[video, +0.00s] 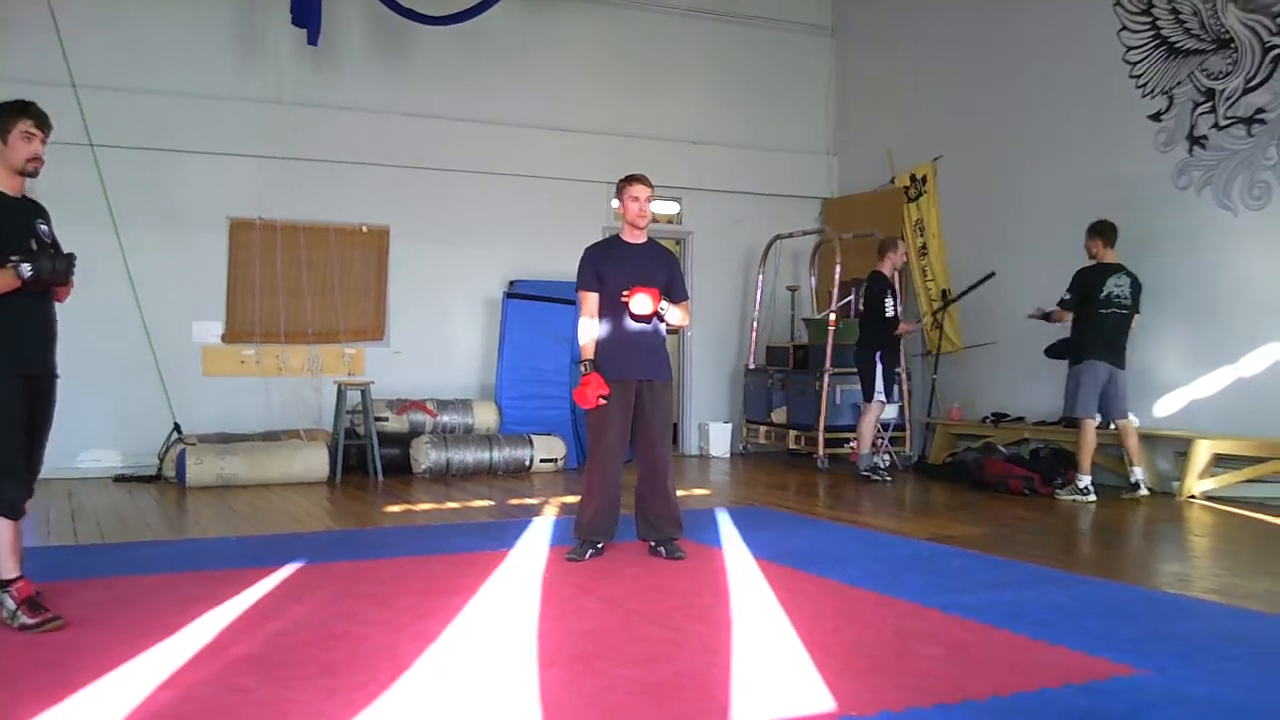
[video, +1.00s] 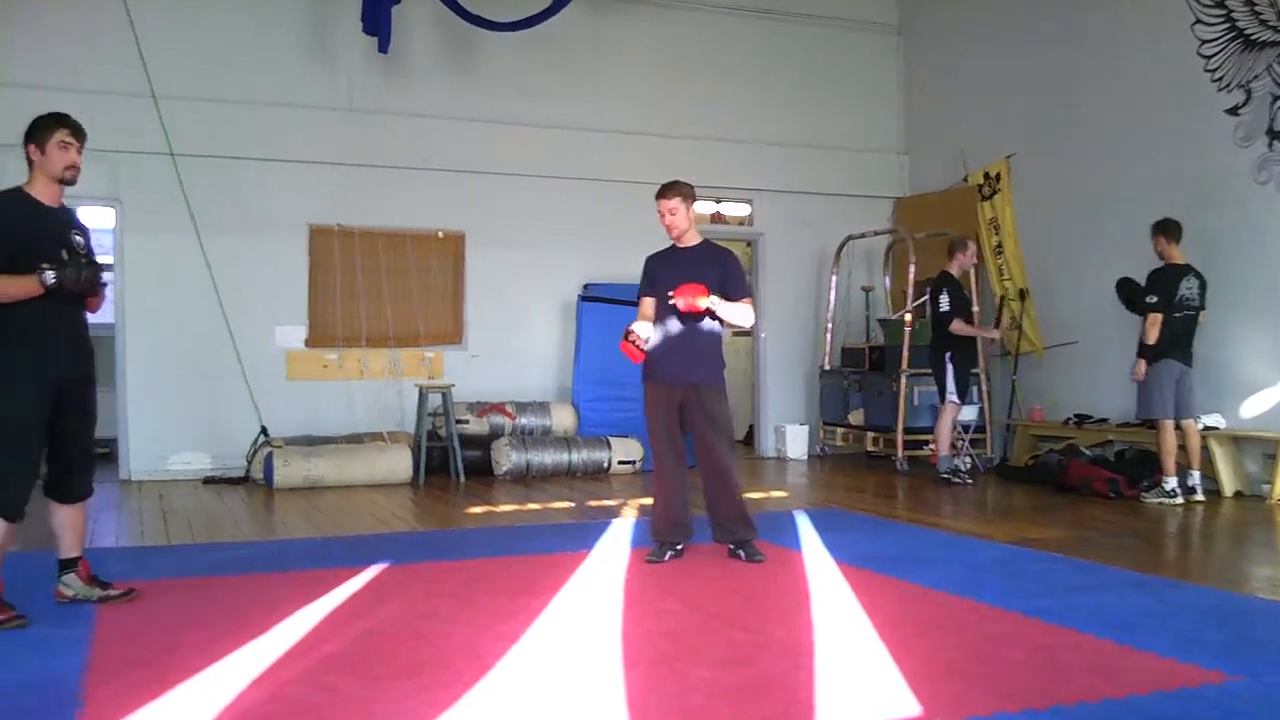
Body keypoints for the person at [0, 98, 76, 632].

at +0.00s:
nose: (38, 148)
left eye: (42, 140)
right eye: (28, 137)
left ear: (41, 149)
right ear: (2, 141)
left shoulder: (37, 212)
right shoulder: (2, 205)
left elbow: (56, 290)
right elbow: (3, 280)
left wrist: (58, 279)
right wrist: (27, 275)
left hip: (37, 364)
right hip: (8, 363)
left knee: (18, 480)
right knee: (11, 480)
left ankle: (11, 584)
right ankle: (12, 586)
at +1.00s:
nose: (75, 156)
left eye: (79, 149)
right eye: (65, 147)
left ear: (77, 158)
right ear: (34, 152)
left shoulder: (74, 226)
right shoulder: (6, 209)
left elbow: (93, 302)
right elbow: (0, 288)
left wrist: (89, 280)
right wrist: (48, 278)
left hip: (72, 366)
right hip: (16, 367)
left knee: (72, 469)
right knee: (11, 477)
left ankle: (73, 575)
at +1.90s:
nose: (123, 156)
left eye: (125, 148)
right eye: (116, 146)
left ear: (99, 150)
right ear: (83, 144)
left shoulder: (96, 215)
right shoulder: (43, 202)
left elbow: (88, 278)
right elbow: (36, 287)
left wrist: (117, 274)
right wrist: (104, 278)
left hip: (101, 364)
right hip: (53, 367)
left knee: (124, 466)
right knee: (45, 472)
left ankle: (147, 573)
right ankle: (31, 588)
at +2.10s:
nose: (177, 159)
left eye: (181, 151)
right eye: (168, 148)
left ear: (175, 158)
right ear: (138, 149)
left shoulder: (155, 219)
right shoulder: (103, 205)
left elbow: (150, 292)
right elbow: (94, 287)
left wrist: (178, 285)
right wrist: (160, 278)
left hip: (162, 365)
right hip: (115, 367)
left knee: (170, 465)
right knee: (95, 471)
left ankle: (177, 573)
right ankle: (63, 583)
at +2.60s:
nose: (228, 161)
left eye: (233, 154)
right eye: (220, 150)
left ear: (233, 163)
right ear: (193, 151)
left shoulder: (218, 224)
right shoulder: (147, 198)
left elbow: (229, 303)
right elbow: (120, 268)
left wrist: (224, 279)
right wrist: (188, 268)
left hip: (201, 357)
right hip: (153, 354)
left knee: (190, 464)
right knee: (159, 460)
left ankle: (171, 567)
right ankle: (118, 568)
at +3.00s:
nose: (226, 108)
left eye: (231, 100)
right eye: (218, 97)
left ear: (229, 104)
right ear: (188, 95)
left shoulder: (215, 166)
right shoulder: (146, 147)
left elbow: (229, 247)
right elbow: (126, 224)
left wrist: (231, 226)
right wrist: (196, 218)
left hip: (209, 306)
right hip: (164, 305)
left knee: (195, 409)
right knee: (179, 410)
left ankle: (161, 511)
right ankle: (187, 530)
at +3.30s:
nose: (256, 113)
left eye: (260, 104)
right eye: (249, 100)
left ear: (245, 105)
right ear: (216, 97)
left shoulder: (226, 164)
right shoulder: (182, 153)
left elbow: (216, 230)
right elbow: (178, 237)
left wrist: (246, 227)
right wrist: (242, 226)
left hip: (237, 311)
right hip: (199, 313)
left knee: (255, 417)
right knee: (207, 421)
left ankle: (200, 498)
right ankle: (210, 540)